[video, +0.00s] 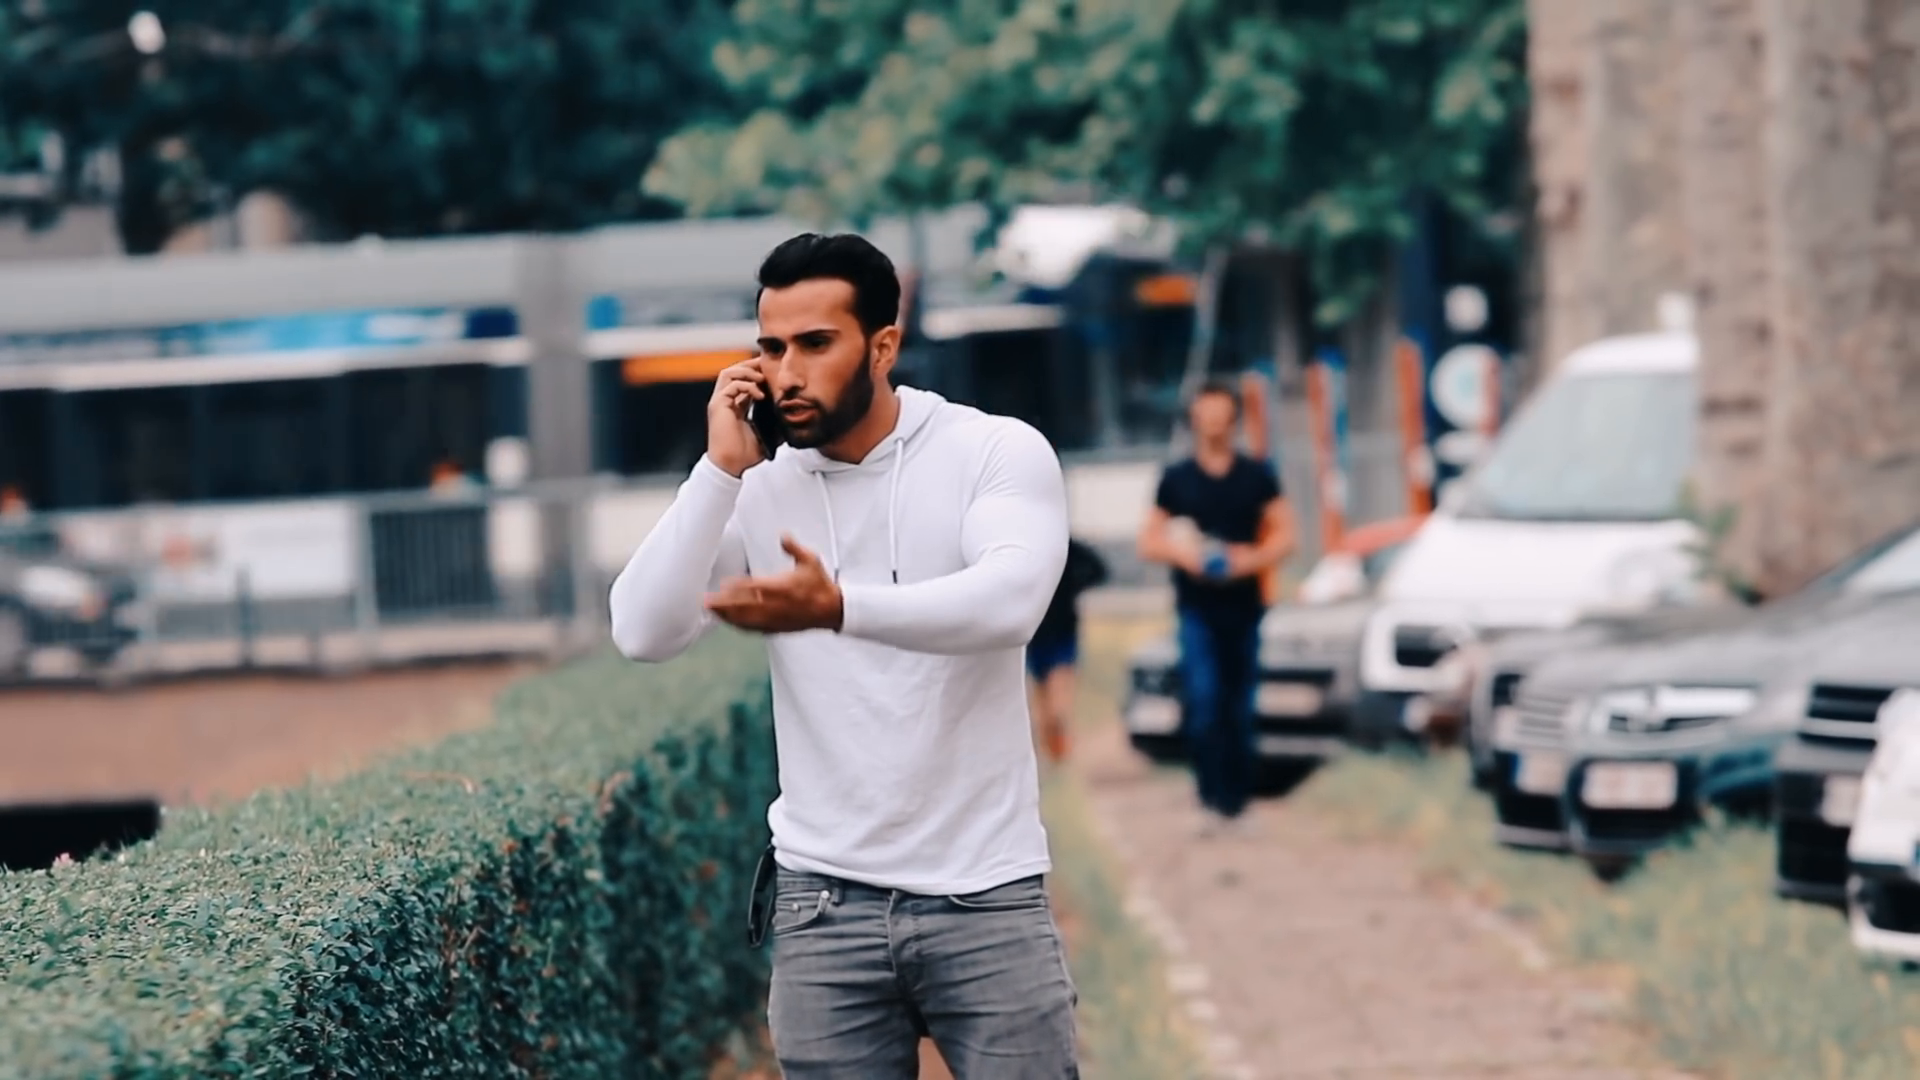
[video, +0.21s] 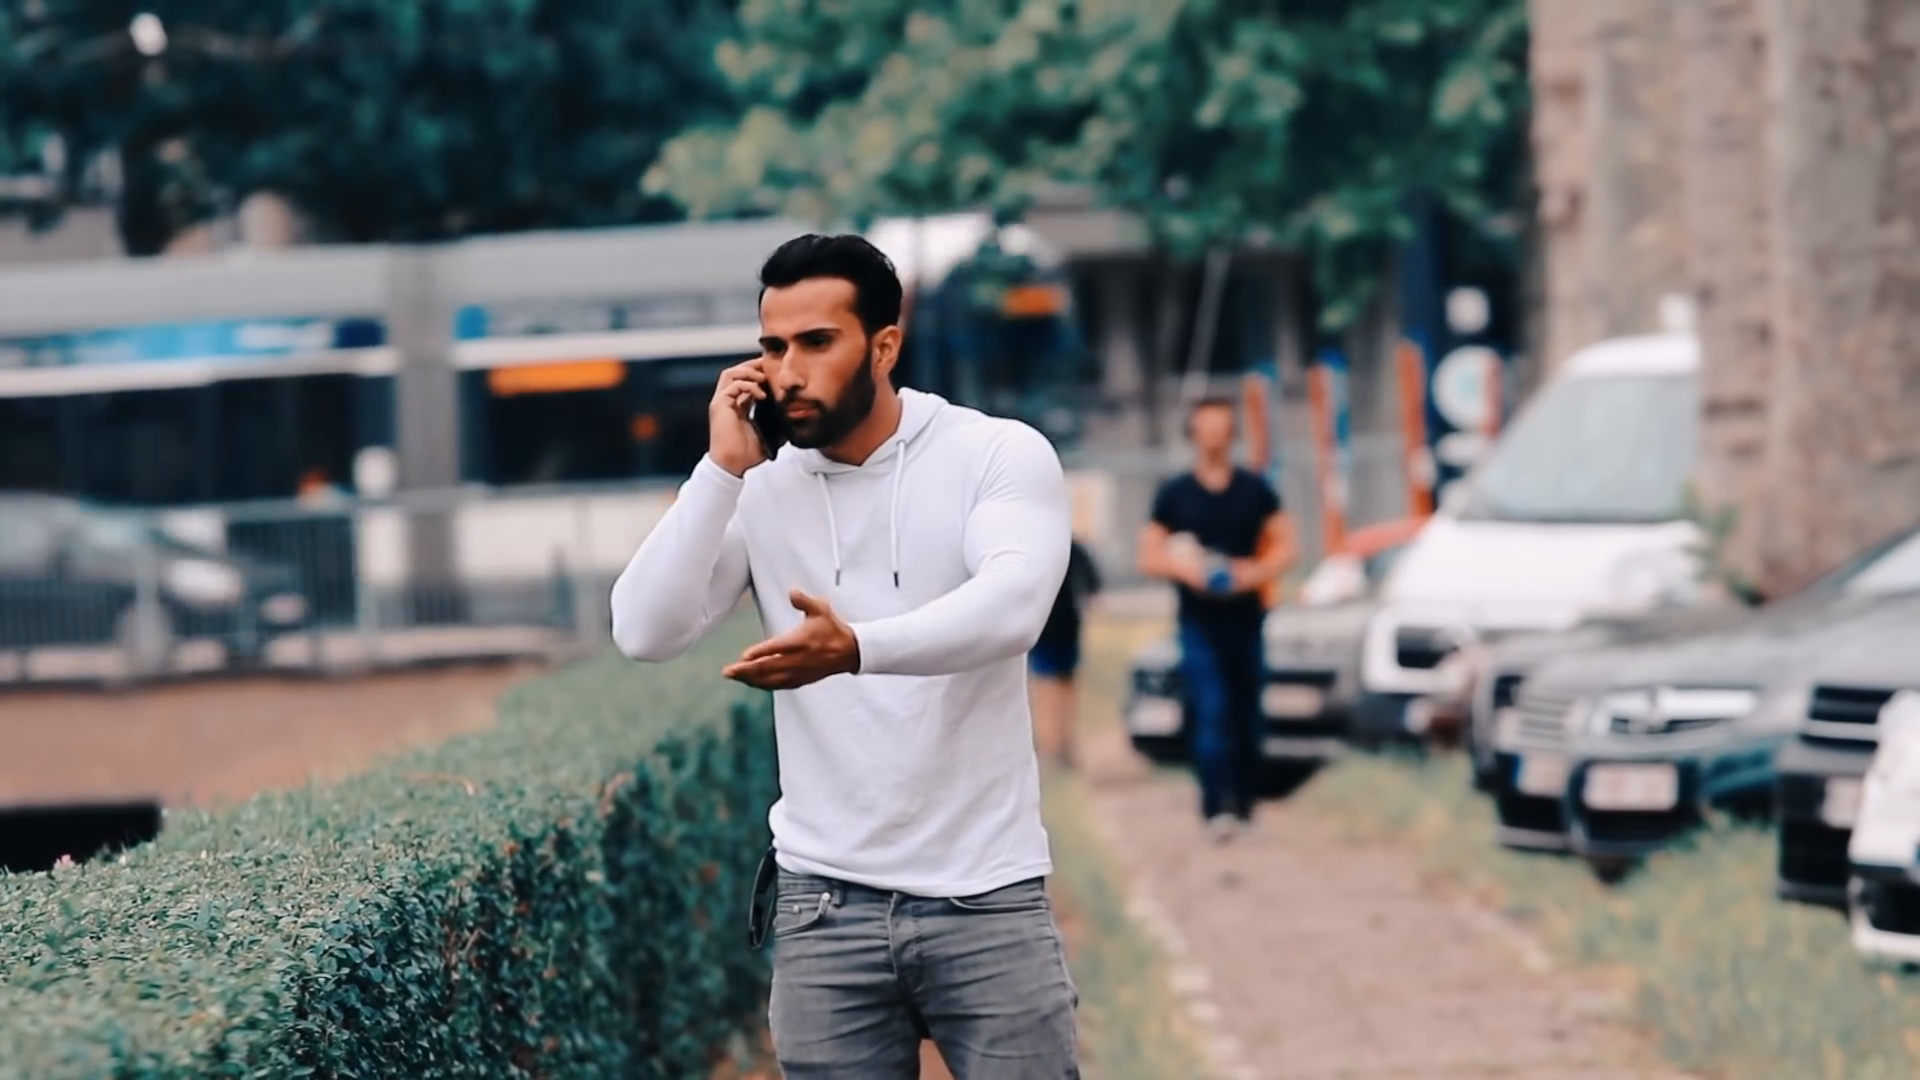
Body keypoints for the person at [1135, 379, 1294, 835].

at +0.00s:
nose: (1214, 426)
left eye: (1222, 418)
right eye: (1206, 418)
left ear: (1234, 420)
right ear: (1193, 419)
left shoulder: (1257, 475)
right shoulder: (1178, 478)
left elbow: (1283, 536)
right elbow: (1151, 540)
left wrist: (1246, 559)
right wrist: (1187, 556)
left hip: (1244, 602)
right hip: (1197, 602)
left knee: (1239, 700)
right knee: (1204, 696)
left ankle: (1238, 793)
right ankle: (1213, 795)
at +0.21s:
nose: (1216, 440)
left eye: (1223, 431)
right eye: (1207, 432)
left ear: (1232, 434)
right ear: (1193, 434)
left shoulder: (1255, 489)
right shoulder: (1176, 493)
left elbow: (1284, 546)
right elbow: (1150, 555)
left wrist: (1251, 573)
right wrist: (1189, 569)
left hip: (1245, 610)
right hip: (1199, 612)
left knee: (1246, 705)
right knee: (1212, 705)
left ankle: (1244, 798)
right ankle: (1217, 806)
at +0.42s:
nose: (1219, 433)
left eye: (1226, 424)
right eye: (1210, 424)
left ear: (1235, 427)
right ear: (1196, 427)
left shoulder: (1260, 482)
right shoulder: (1177, 488)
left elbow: (1285, 544)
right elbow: (1151, 547)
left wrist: (1248, 566)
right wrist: (1188, 562)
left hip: (1242, 615)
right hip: (1194, 616)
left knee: (1248, 701)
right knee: (1197, 712)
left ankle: (1258, 791)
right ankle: (1205, 806)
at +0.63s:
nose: (1229, 443)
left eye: (1237, 435)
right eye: (1222, 435)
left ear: (1249, 438)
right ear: (1210, 437)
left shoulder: (1270, 491)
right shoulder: (1193, 493)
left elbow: (1298, 555)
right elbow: (1165, 554)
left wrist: (1257, 573)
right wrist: (1196, 570)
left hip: (1253, 622)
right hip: (1207, 622)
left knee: (1258, 716)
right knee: (1208, 718)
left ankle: (1275, 814)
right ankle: (1221, 809)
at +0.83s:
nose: (1233, 434)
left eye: (1241, 425)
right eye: (1225, 425)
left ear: (1257, 429)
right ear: (1216, 429)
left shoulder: (1281, 485)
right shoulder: (1202, 486)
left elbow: (1311, 544)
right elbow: (1173, 549)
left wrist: (1267, 567)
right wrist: (1203, 564)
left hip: (1262, 623)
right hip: (1213, 623)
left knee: (1266, 721)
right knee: (1210, 722)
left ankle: (1275, 810)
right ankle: (1231, 791)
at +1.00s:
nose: (1229, 433)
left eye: (1238, 425)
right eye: (1222, 425)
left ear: (1255, 429)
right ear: (1212, 429)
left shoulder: (1279, 487)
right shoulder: (1201, 487)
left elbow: (1311, 544)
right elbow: (1170, 550)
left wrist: (1270, 570)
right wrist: (1200, 567)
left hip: (1263, 617)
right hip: (1214, 617)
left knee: (1266, 719)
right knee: (1220, 716)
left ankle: (1271, 819)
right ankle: (1225, 821)